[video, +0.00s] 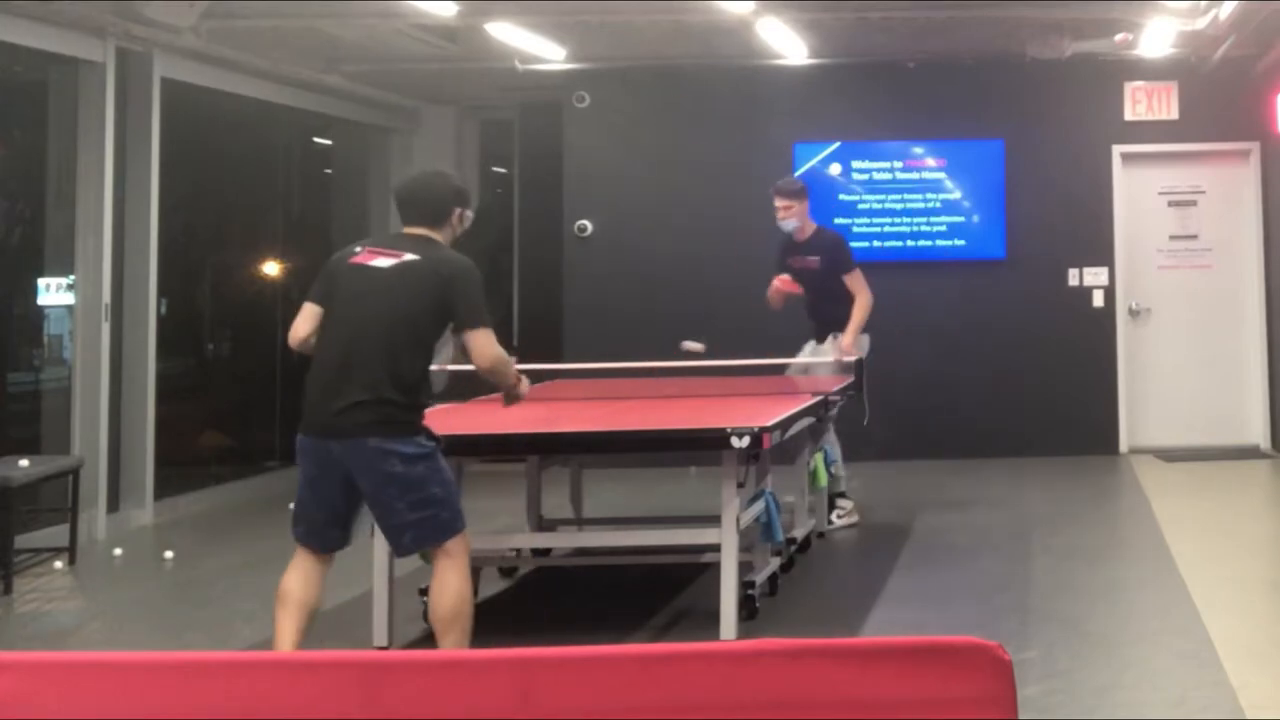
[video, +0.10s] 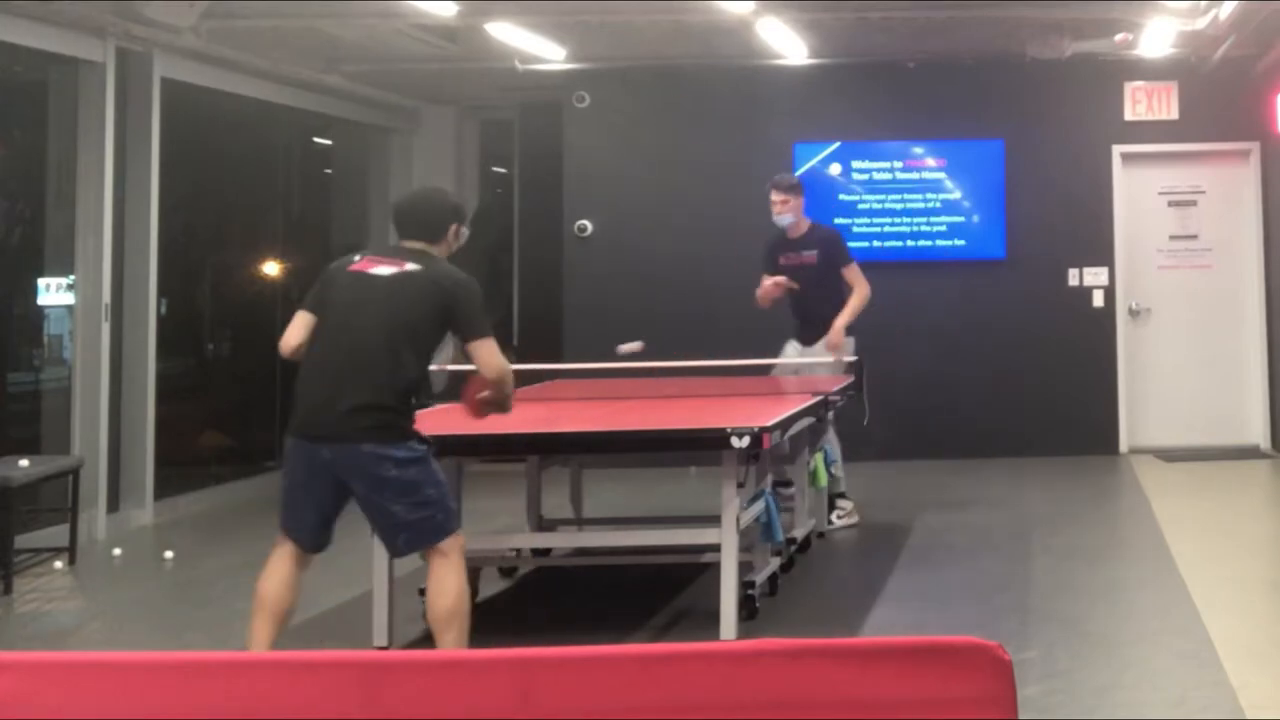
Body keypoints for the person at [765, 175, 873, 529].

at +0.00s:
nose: (781, 215)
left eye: (788, 208)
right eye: (777, 210)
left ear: (804, 207)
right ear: (775, 212)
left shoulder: (832, 243)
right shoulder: (788, 248)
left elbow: (864, 295)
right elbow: (775, 304)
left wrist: (849, 337)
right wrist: (777, 290)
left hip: (846, 339)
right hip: (819, 340)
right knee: (819, 416)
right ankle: (839, 499)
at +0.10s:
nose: (779, 210)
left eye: (785, 203)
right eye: (774, 204)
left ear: (801, 203)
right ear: (770, 208)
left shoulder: (828, 239)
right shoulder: (775, 247)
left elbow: (862, 288)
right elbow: (764, 301)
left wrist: (839, 327)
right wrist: (768, 291)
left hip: (830, 344)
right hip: (798, 344)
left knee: (823, 420)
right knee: (773, 408)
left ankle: (839, 498)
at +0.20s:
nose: (773, 199)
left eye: (781, 193)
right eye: (769, 194)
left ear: (795, 194)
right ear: (765, 195)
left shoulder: (821, 231)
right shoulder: (763, 235)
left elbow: (855, 276)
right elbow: (755, 282)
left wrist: (835, 310)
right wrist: (763, 290)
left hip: (821, 334)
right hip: (784, 333)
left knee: (834, 408)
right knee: (755, 391)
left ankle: (842, 486)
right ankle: (771, 469)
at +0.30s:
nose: (770, 203)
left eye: (777, 197)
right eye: (766, 197)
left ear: (792, 198)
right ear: (761, 200)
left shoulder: (817, 235)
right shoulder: (756, 240)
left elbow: (846, 282)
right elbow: (748, 287)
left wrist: (827, 314)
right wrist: (755, 303)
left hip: (812, 339)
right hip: (771, 339)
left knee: (833, 409)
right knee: (757, 414)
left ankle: (865, 483)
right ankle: (754, 489)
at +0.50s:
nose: (775, 210)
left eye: (781, 205)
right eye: (770, 205)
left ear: (796, 205)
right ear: (766, 208)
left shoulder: (820, 241)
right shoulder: (759, 248)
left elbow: (841, 293)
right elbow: (751, 296)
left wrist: (817, 331)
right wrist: (750, 336)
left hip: (820, 340)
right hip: (776, 341)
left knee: (844, 406)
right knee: (754, 412)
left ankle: (884, 473)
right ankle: (752, 486)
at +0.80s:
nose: (813, 235)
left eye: (819, 229)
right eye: (808, 230)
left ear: (831, 228)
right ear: (802, 231)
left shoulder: (853, 253)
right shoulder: (796, 266)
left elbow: (880, 297)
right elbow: (767, 316)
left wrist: (873, 340)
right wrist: (793, 339)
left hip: (858, 339)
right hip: (816, 345)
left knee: (876, 402)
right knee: (794, 406)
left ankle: (891, 472)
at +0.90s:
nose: (827, 244)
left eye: (833, 239)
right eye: (822, 239)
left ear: (844, 238)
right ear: (816, 240)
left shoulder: (865, 261)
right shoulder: (808, 274)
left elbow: (894, 294)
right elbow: (781, 323)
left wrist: (904, 338)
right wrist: (791, 332)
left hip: (870, 341)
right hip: (825, 345)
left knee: (888, 399)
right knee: (797, 393)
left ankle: (894, 473)